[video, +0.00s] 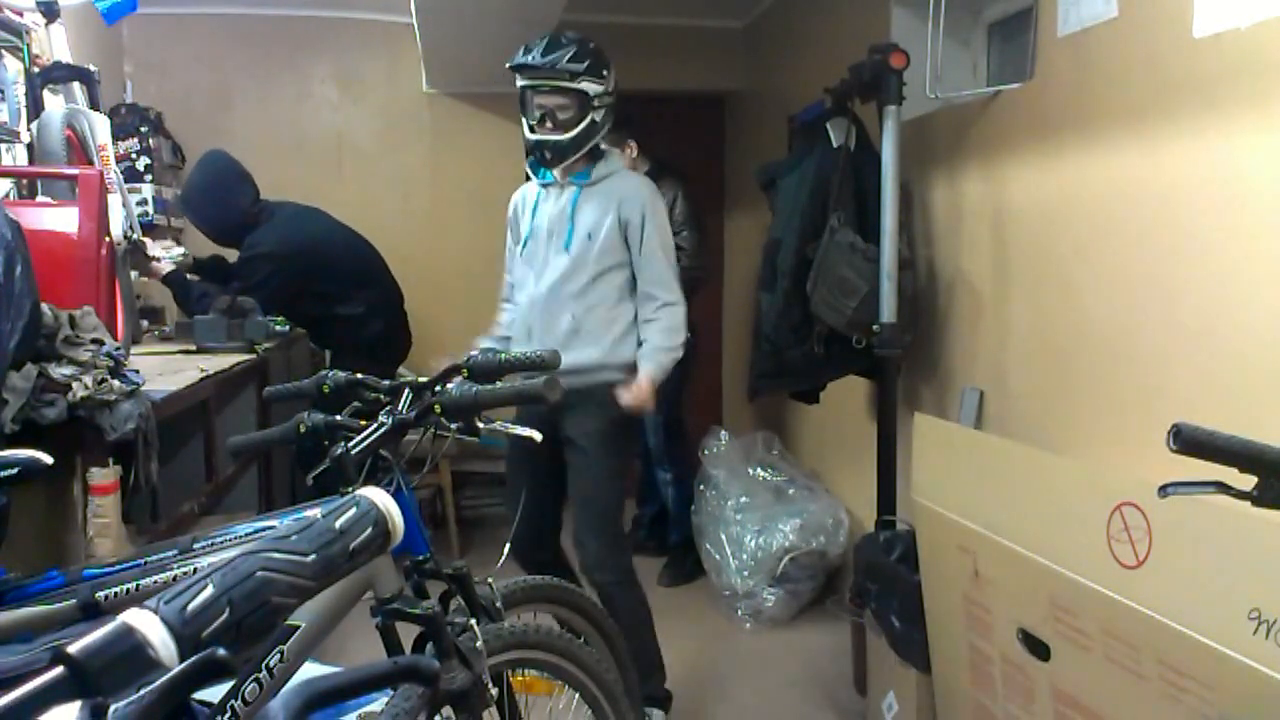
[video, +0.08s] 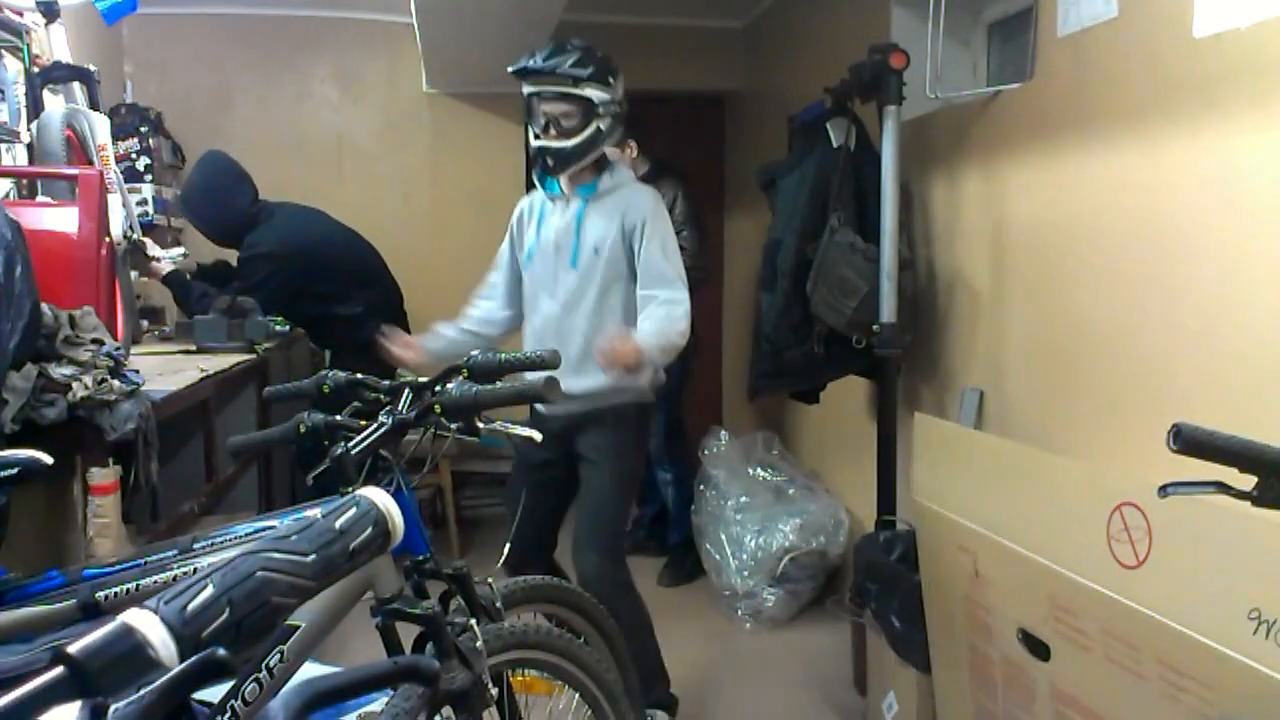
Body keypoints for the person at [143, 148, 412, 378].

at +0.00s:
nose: (202, 229)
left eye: (201, 220)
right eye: (198, 221)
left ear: (215, 218)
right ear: (244, 194)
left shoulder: (267, 251)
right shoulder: (280, 216)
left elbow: (226, 311)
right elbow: (244, 280)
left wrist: (166, 275)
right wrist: (191, 262)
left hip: (369, 349)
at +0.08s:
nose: (204, 231)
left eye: (202, 222)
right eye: (200, 223)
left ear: (215, 218)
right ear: (241, 194)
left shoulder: (266, 250)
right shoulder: (278, 218)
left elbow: (227, 314)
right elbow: (242, 279)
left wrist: (167, 276)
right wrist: (183, 269)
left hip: (366, 350)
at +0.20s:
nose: (203, 232)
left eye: (201, 223)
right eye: (198, 224)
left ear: (215, 217)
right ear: (239, 195)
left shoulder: (267, 251)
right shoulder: (280, 219)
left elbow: (220, 316)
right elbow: (246, 277)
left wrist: (167, 276)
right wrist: (190, 284)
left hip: (365, 350)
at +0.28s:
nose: (203, 233)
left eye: (201, 223)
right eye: (198, 224)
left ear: (215, 218)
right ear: (239, 195)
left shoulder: (266, 252)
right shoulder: (279, 220)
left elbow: (220, 319)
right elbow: (244, 279)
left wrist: (168, 276)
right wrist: (186, 285)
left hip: (367, 350)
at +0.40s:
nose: (203, 231)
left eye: (200, 222)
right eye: (198, 223)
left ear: (214, 217)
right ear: (239, 194)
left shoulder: (265, 252)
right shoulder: (277, 222)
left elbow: (224, 318)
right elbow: (243, 281)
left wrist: (167, 274)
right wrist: (184, 286)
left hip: (369, 348)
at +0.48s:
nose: (204, 231)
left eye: (201, 222)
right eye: (199, 223)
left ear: (215, 217)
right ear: (239, 195)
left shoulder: (265, 252)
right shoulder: (277, 221)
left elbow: (226, 318)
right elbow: (241, 284)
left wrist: (166, 275)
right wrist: (181, 284)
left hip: (369, 343)